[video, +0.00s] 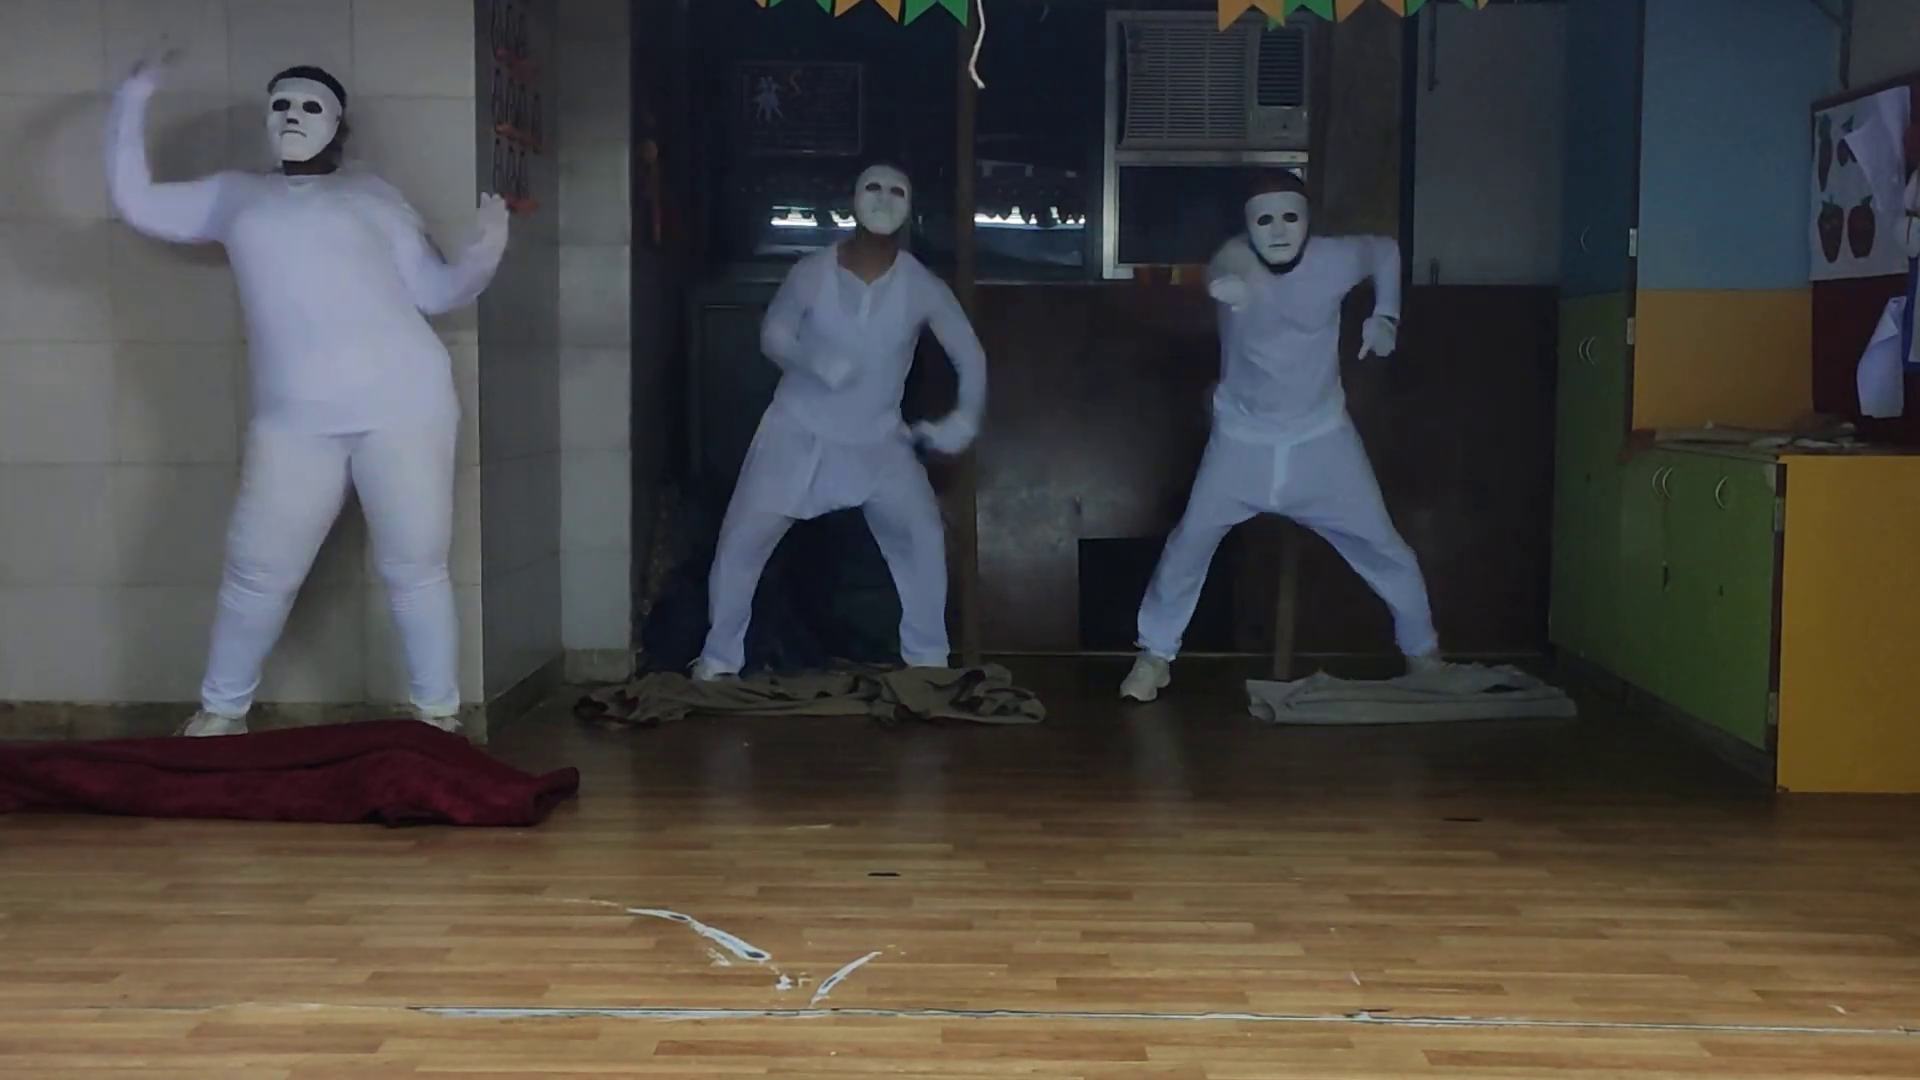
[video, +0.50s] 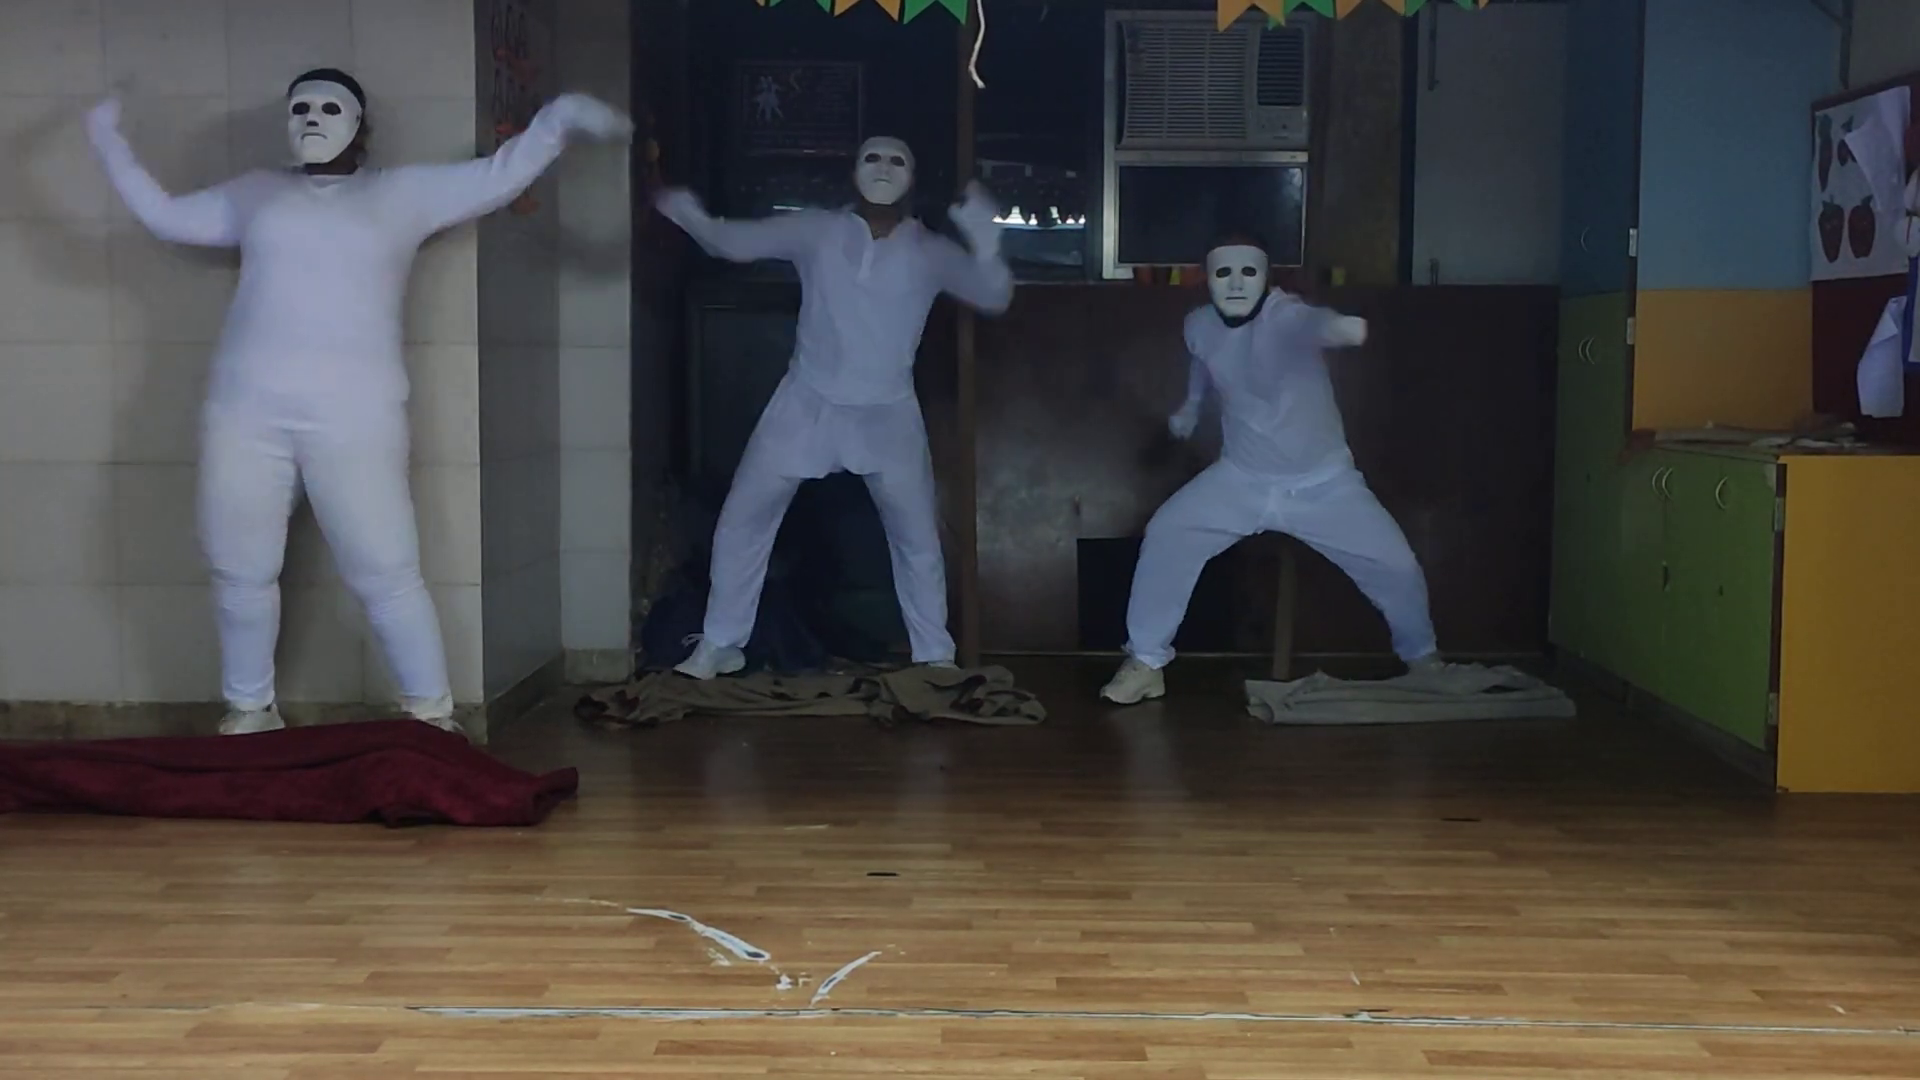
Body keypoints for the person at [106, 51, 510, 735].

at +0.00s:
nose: (292, 118)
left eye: (310, 108)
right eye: (281, 106)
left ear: (338, 123)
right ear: (266, 117)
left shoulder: (376, 199)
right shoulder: (238, 197)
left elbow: (435, 292)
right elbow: (139, 203)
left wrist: (485, 249)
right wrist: (132, 104)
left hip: (404, 408)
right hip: (296, 414)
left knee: (416, 570)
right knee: (257, 573)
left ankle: (439, 719)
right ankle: (220, 717)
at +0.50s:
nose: (311, 119)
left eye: (328, 108)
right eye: (300, 109)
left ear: (358, 125)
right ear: (287, 123)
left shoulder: (396, 195)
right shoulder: (257, 198)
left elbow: (497, 178)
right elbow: (165, 214)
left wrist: (556, 122)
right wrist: (108, 139)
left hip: (353, 414)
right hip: (249, 411)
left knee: (384, 571)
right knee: (241, 572)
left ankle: (431, 715)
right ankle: (249, 715)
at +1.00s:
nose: (326, 129)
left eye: (342, 120)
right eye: (314, 119)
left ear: (367, 137)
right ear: (297, 135)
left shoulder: (400, 222)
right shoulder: (264, 220)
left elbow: (457, 311)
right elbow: (191, 290)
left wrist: (513, 380)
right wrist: (103, 332)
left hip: (407, 423)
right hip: (299, 427)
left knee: (415, 572)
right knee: (268, 574)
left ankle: (429, 713)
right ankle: (260, 713)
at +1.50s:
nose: (270, 129)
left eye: (279, 114)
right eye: (256, 129)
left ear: (312, 120)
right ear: (249, 154)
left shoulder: (367, 199)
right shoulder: (245, 206)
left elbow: (403, 94)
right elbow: (180, 117)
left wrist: (349, 9)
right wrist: (216, 19)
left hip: (336, 424)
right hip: (226, 421)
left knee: (372, 583)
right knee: (224, 580)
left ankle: (424, 719)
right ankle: (222, 726)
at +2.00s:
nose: (333, 161)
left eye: (352, 163)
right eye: (330, 144)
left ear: (363, 183)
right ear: (304, 143)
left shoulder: (377, 239)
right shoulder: (244, 237)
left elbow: (429, 338)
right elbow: (217, 341)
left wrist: (462, 431)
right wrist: (182, 436)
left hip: (395, 428)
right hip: (290, 442)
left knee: (407, 578)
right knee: (239, 580)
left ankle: (414, 715)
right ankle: (231, 716)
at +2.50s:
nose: (231, 153)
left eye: (238, 136)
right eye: (214, 152)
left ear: (271, 138)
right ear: (209, 173)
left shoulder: (350, 221)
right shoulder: (205, 239)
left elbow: (440, 269)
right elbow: (149, 323)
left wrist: (509, 253)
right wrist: (55, 347)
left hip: (327, 430)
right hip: (213, 432)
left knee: (374, 569)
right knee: (214, 580)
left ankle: (391, 716)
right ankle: (230, 720)